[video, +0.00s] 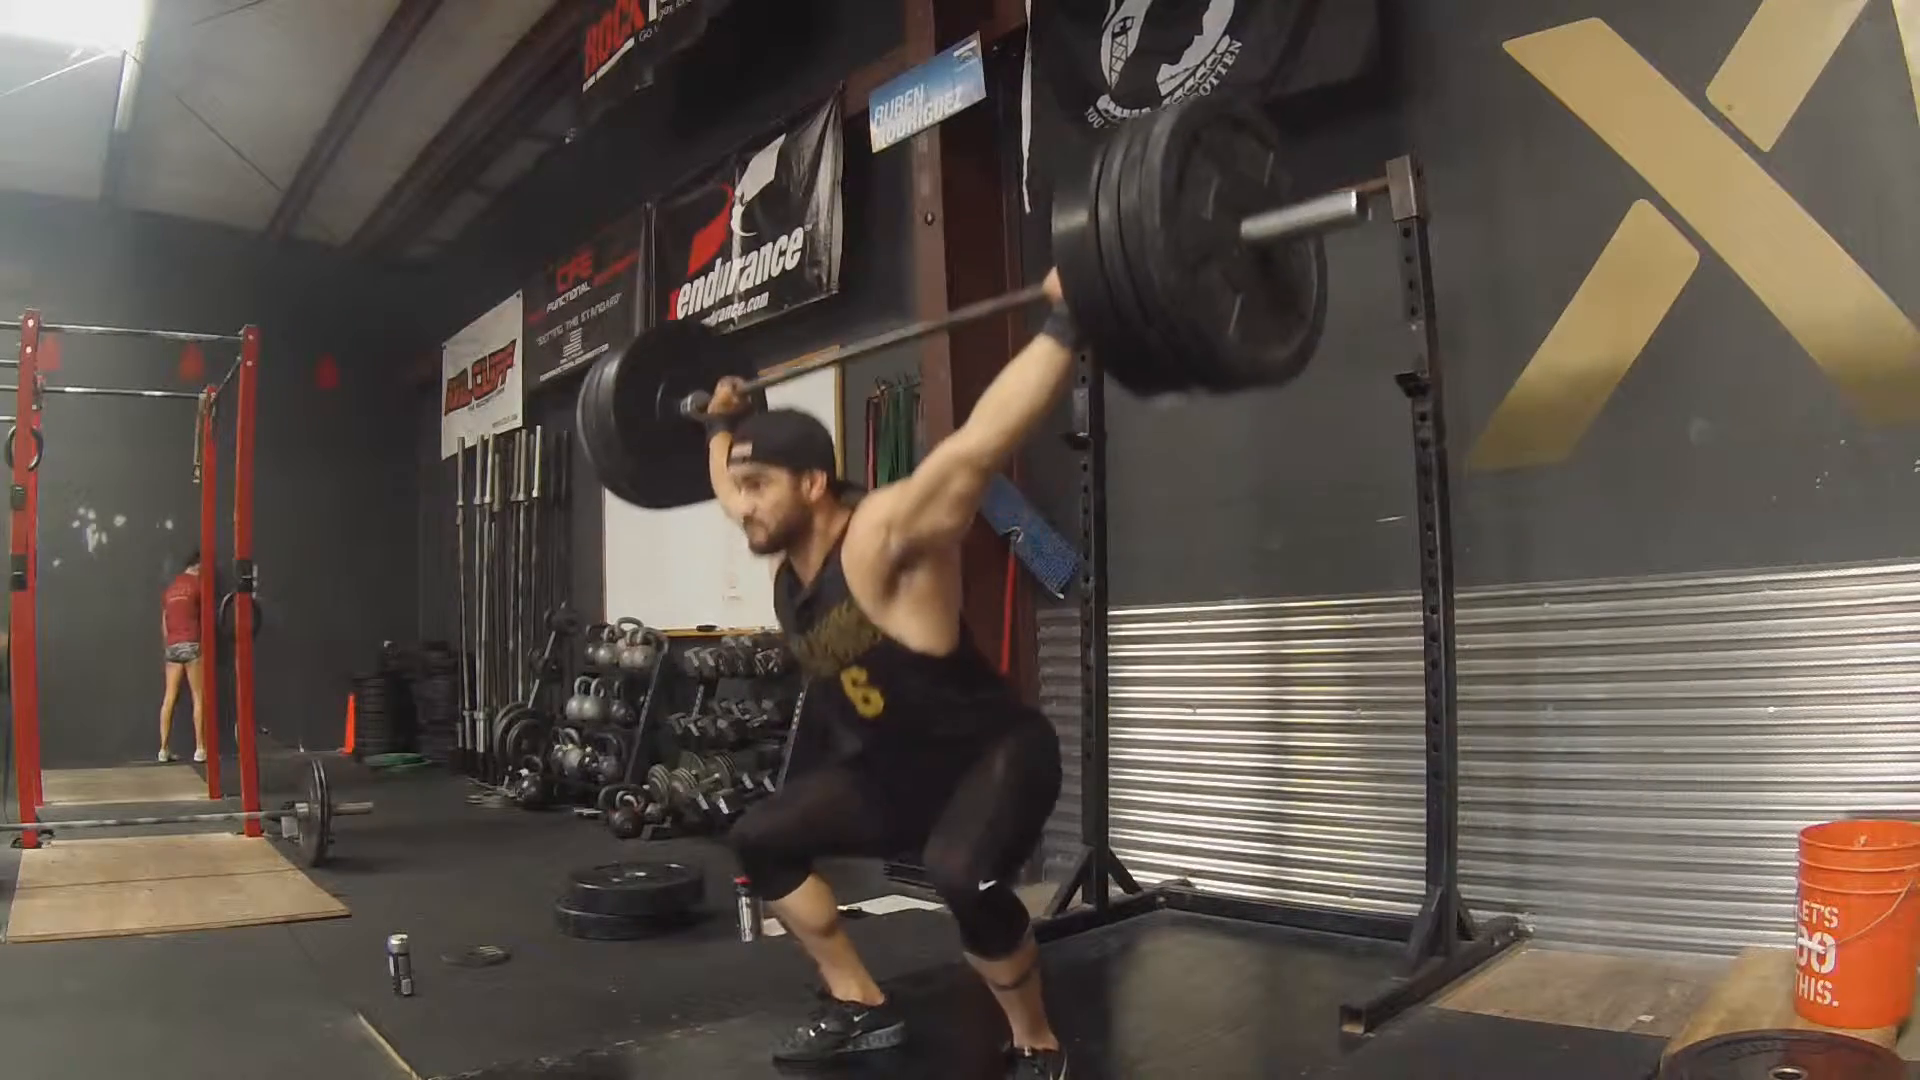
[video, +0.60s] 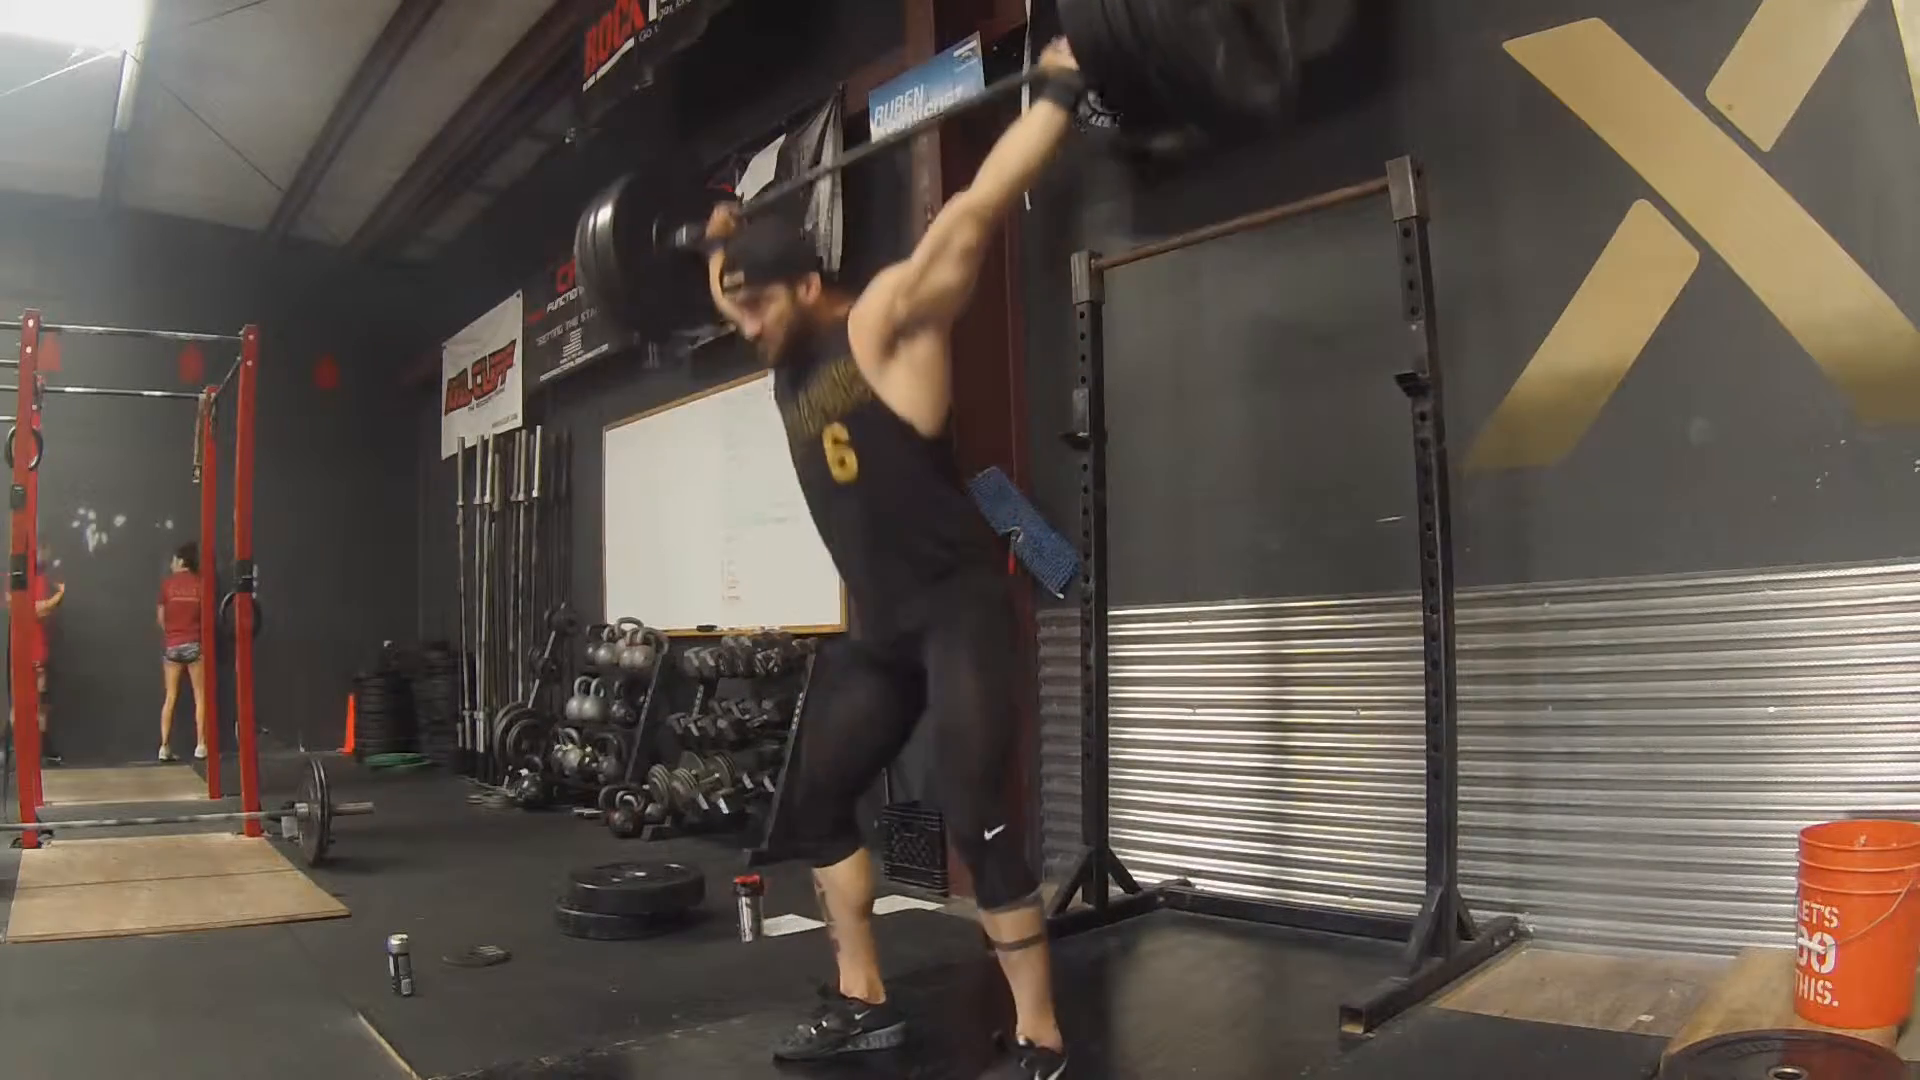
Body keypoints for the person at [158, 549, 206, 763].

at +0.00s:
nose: (203, 572)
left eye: (202, 568)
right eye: (203, 568)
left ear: (186, 566)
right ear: (197, 566)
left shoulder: (170, 588)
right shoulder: (198, 584)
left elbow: (164, 619)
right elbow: (205, 613)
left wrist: (167, 642)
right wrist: (207, 638)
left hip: (172, 643)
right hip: (192, 641)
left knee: (169, 697)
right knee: (198, 697)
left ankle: (163, 748)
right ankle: (200, 747)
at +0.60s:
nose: (172, 564)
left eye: (174, 560)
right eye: (173, 560)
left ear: (180, 562)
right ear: (192, 562)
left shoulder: (168, 583)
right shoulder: (201, 583)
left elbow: (160, 616)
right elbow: (207, 613)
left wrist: (170, 632)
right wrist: (203, 633)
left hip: (172, 642)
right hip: (194, 641)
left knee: (170, 696)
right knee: (200, 695)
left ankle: (164, 745)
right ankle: (201, 743)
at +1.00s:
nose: (172, 564)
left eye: (175, 560)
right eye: (173, 560)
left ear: (185, 562)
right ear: (192, 562)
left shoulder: (174, 585)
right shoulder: (204, 586)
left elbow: (161, 615)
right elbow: (210, 615)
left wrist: (147, 643)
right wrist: (209, 640)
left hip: (176, 645)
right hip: (199, 644)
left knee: (170, 696)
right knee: (202, 696)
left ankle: (164, 745)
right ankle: (210, 745)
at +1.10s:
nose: (176, 565)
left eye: (178, 560)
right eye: (177, 560)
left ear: (188, 562)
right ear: (194, 563)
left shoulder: (179, 584)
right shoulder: (207, 584)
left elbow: (167, 614)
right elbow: (213, 613)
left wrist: (151, 642)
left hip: (180, 644)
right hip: (201, 644)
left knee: (172, 696)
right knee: (205, 696)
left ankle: (165, 746)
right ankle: (212, 746)